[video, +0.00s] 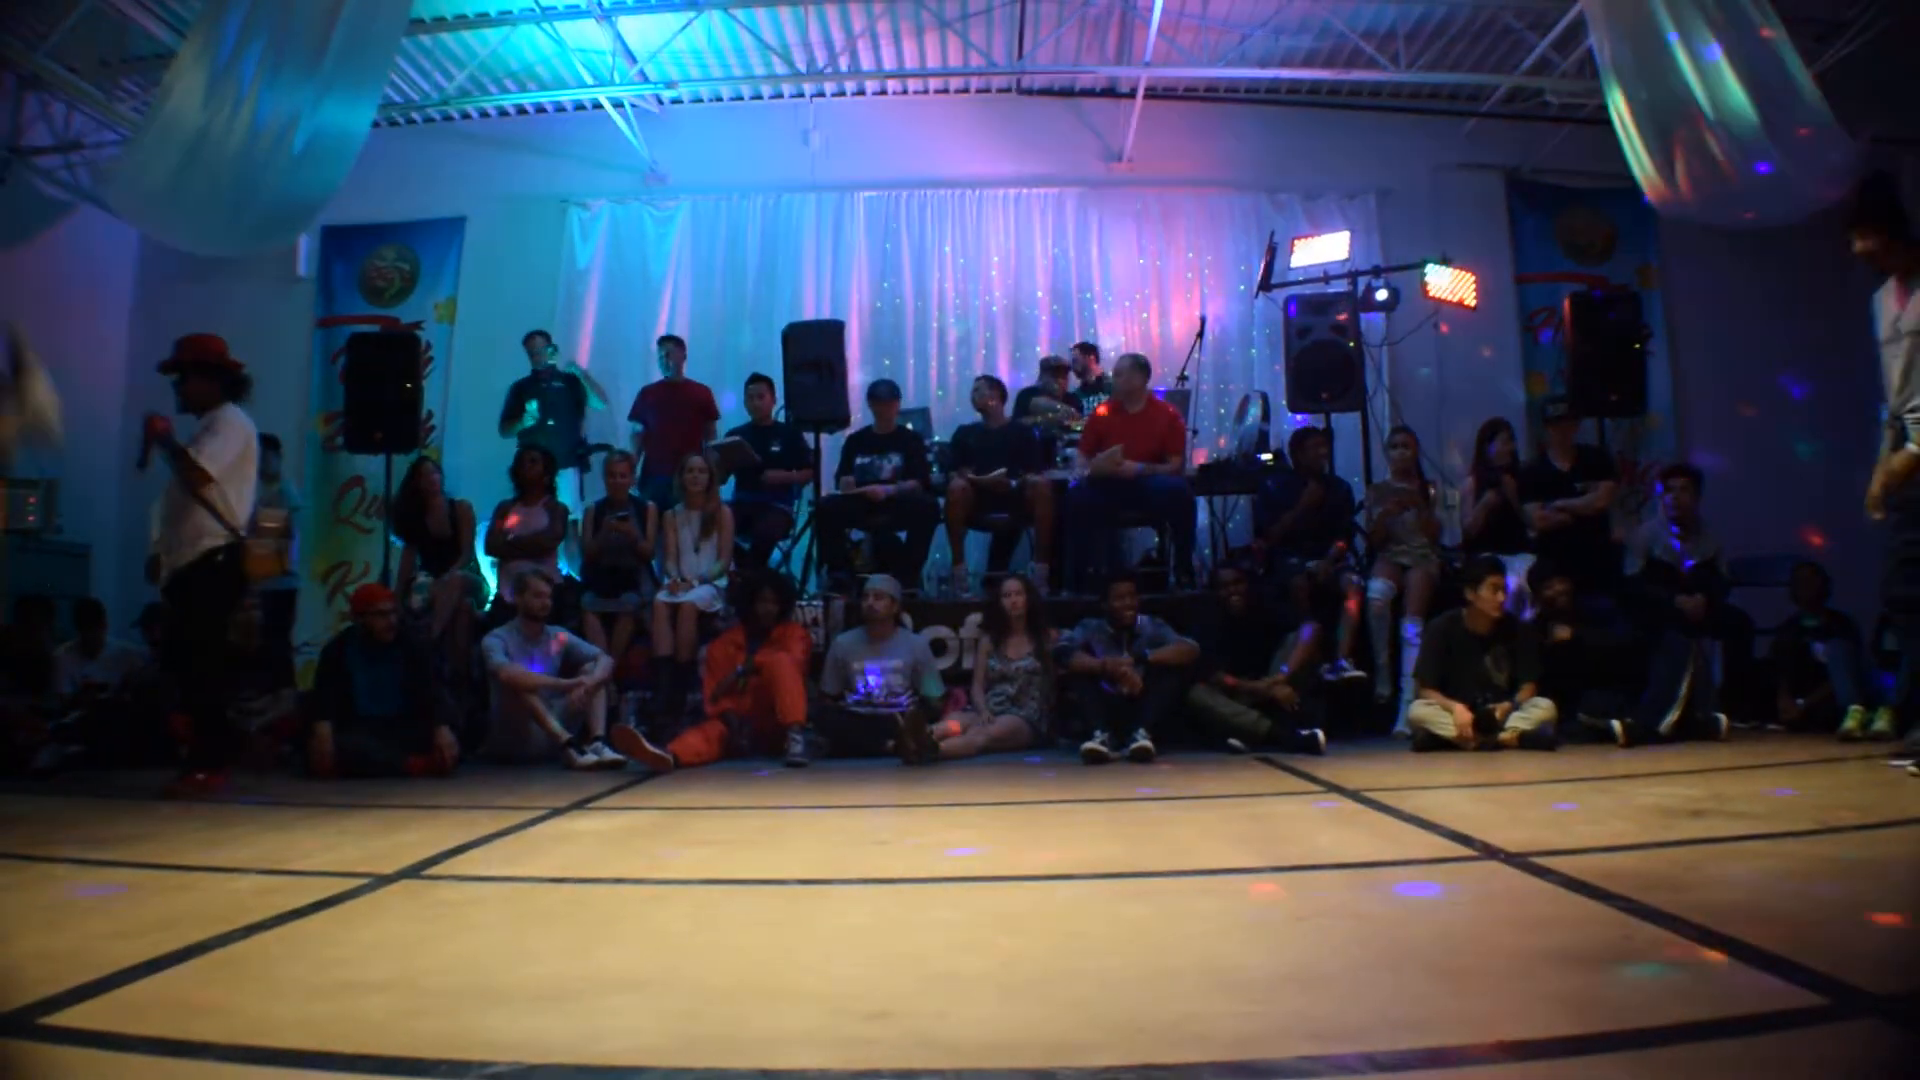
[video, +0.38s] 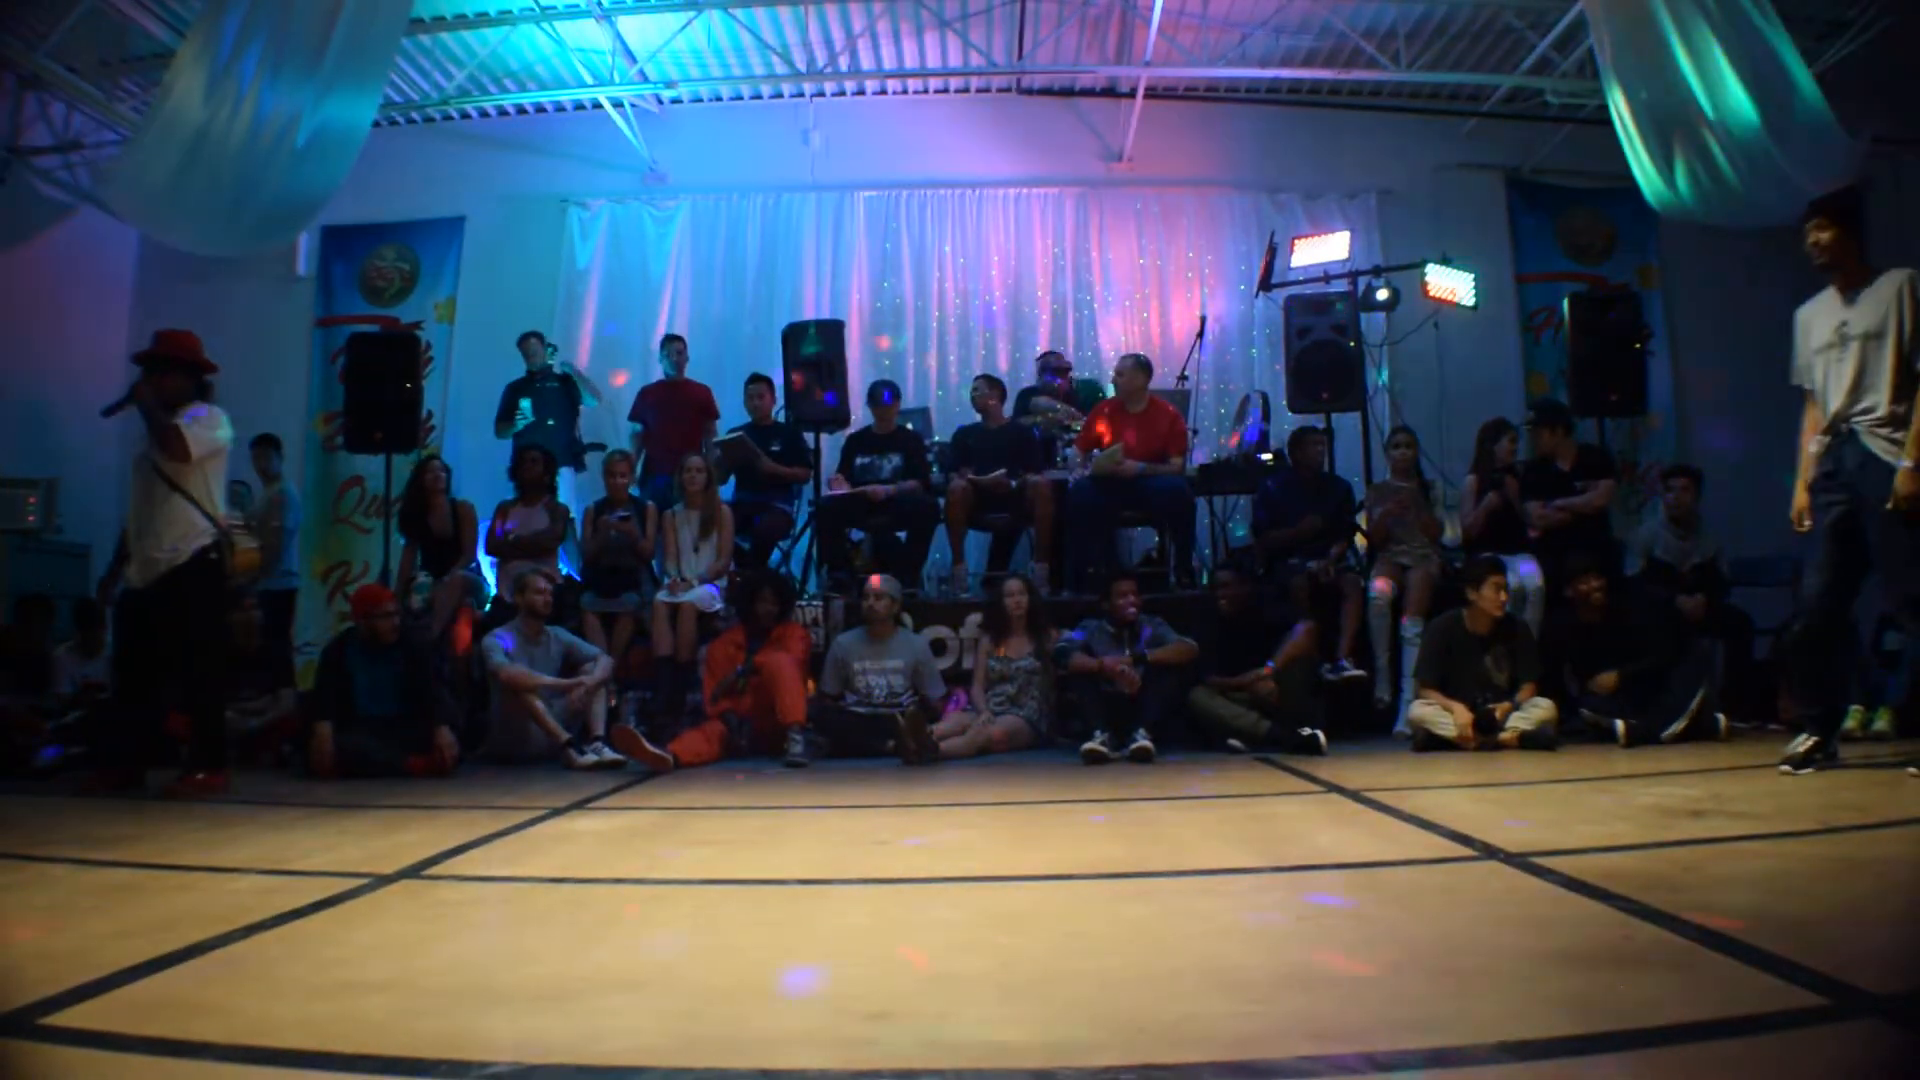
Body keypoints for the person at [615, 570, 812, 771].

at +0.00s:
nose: (767, 609)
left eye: (773, 603)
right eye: (761, 602)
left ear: (783, 606)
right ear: (749, 604)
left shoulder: (793, 633)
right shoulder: (723, 646)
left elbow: (791, 665)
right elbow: (713, 703)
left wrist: (755, 665)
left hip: (774, 717)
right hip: (737, 721)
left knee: (780, 661)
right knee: (710, 735)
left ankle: (795, 737)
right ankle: (670, 755)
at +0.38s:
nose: (767, 609)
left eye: (773, 603)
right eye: (761, 602)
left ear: (783, 606)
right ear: (748, 605)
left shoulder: (793, 633)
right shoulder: (724, 645)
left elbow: (789, 666)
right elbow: (713, 704)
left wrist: (753, 668)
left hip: (775, 715)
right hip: (738, 721)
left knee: (778, 660)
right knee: (711, 734)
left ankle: (795, 737)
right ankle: (670, 755)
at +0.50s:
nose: (768, 609)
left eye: (774, 603)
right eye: (762, 602)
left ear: (783, 607)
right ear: (749, 605)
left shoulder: (793, 634)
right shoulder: (723, 646)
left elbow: (790, 655)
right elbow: (713, 704)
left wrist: (753, 666)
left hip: (775, 717)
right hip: (738, 721)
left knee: (779, 661)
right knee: (711, 734)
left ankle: (795, 735)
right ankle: (670, 755)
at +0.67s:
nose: (758, 610)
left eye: (764, 603)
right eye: (752, 603)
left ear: (778, 605)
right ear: (743, 606)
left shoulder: (794, 635)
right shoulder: (724, 646)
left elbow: (786, 665)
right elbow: (714, 705)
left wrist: (752, 668)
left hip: (775, 717)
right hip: (739, 723)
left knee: (779, 661)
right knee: (710, 735)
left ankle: (795, 736)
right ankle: (670, 755)